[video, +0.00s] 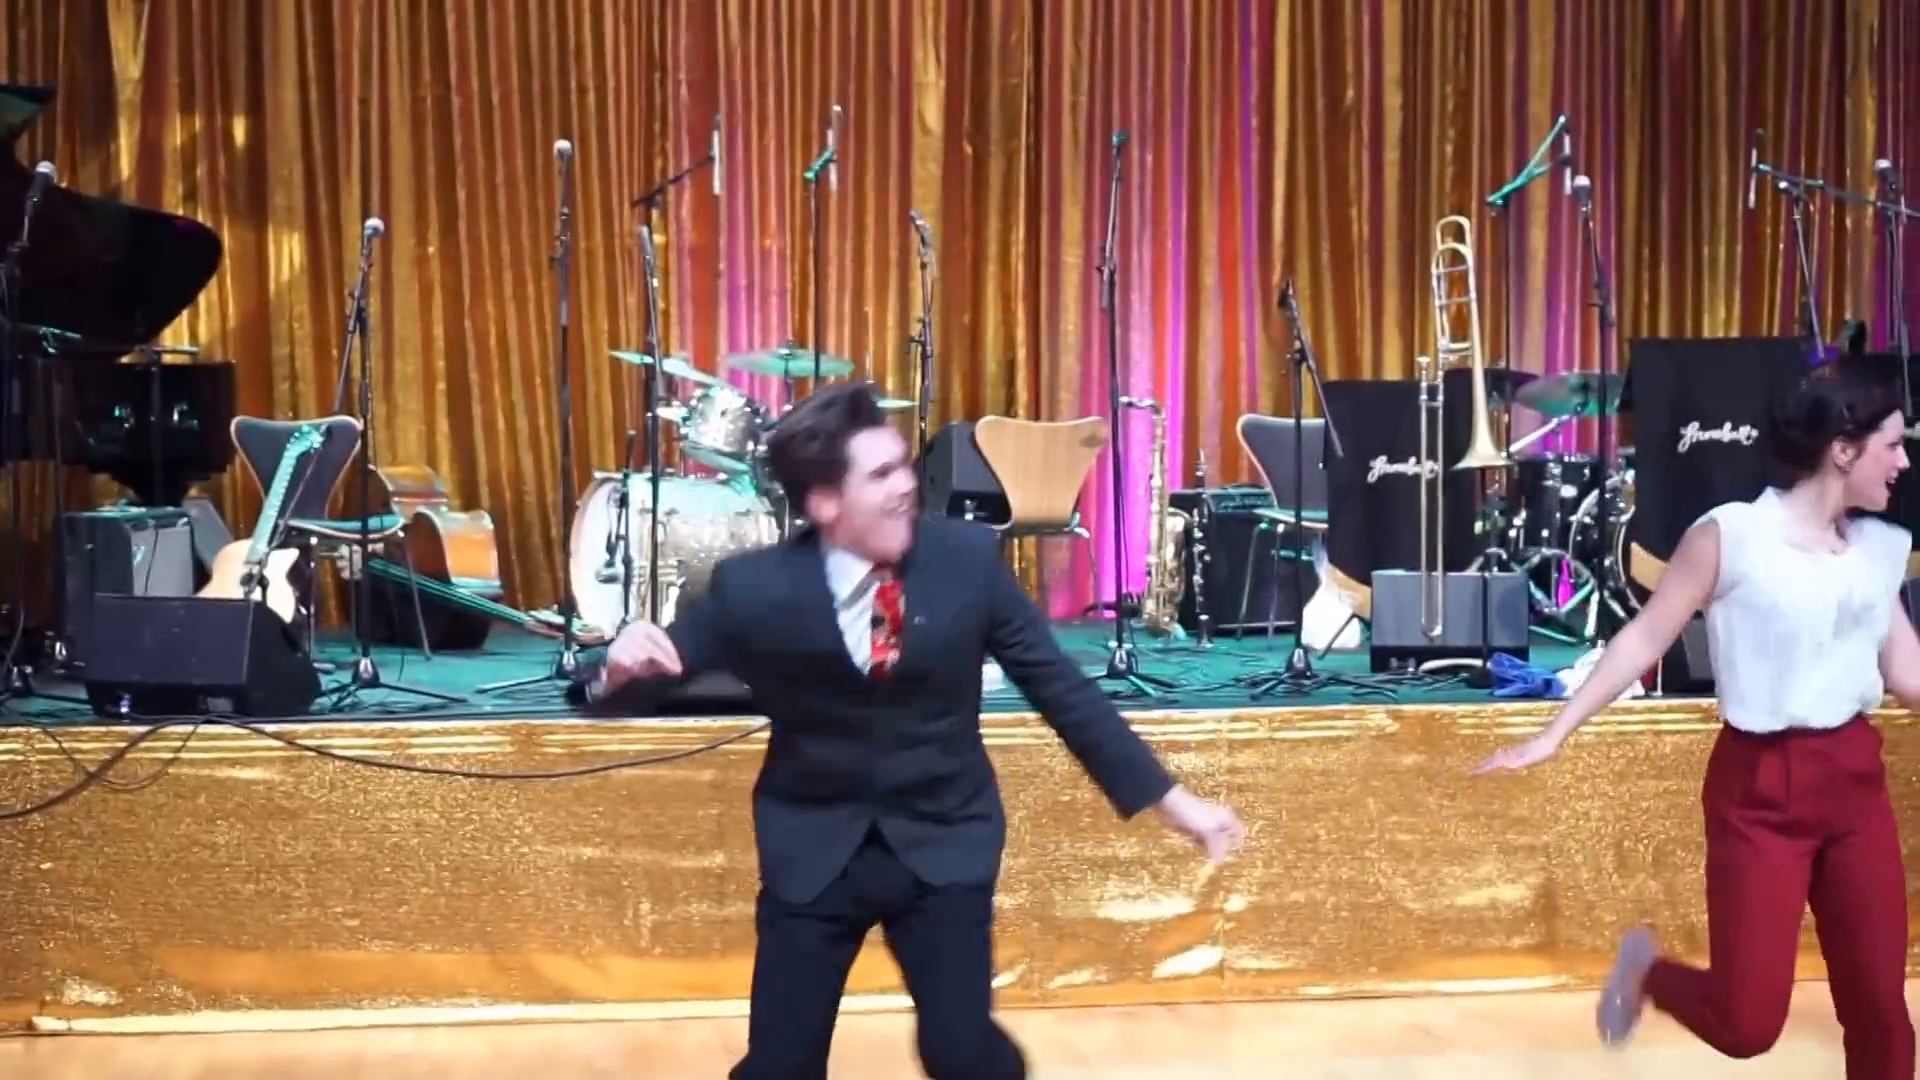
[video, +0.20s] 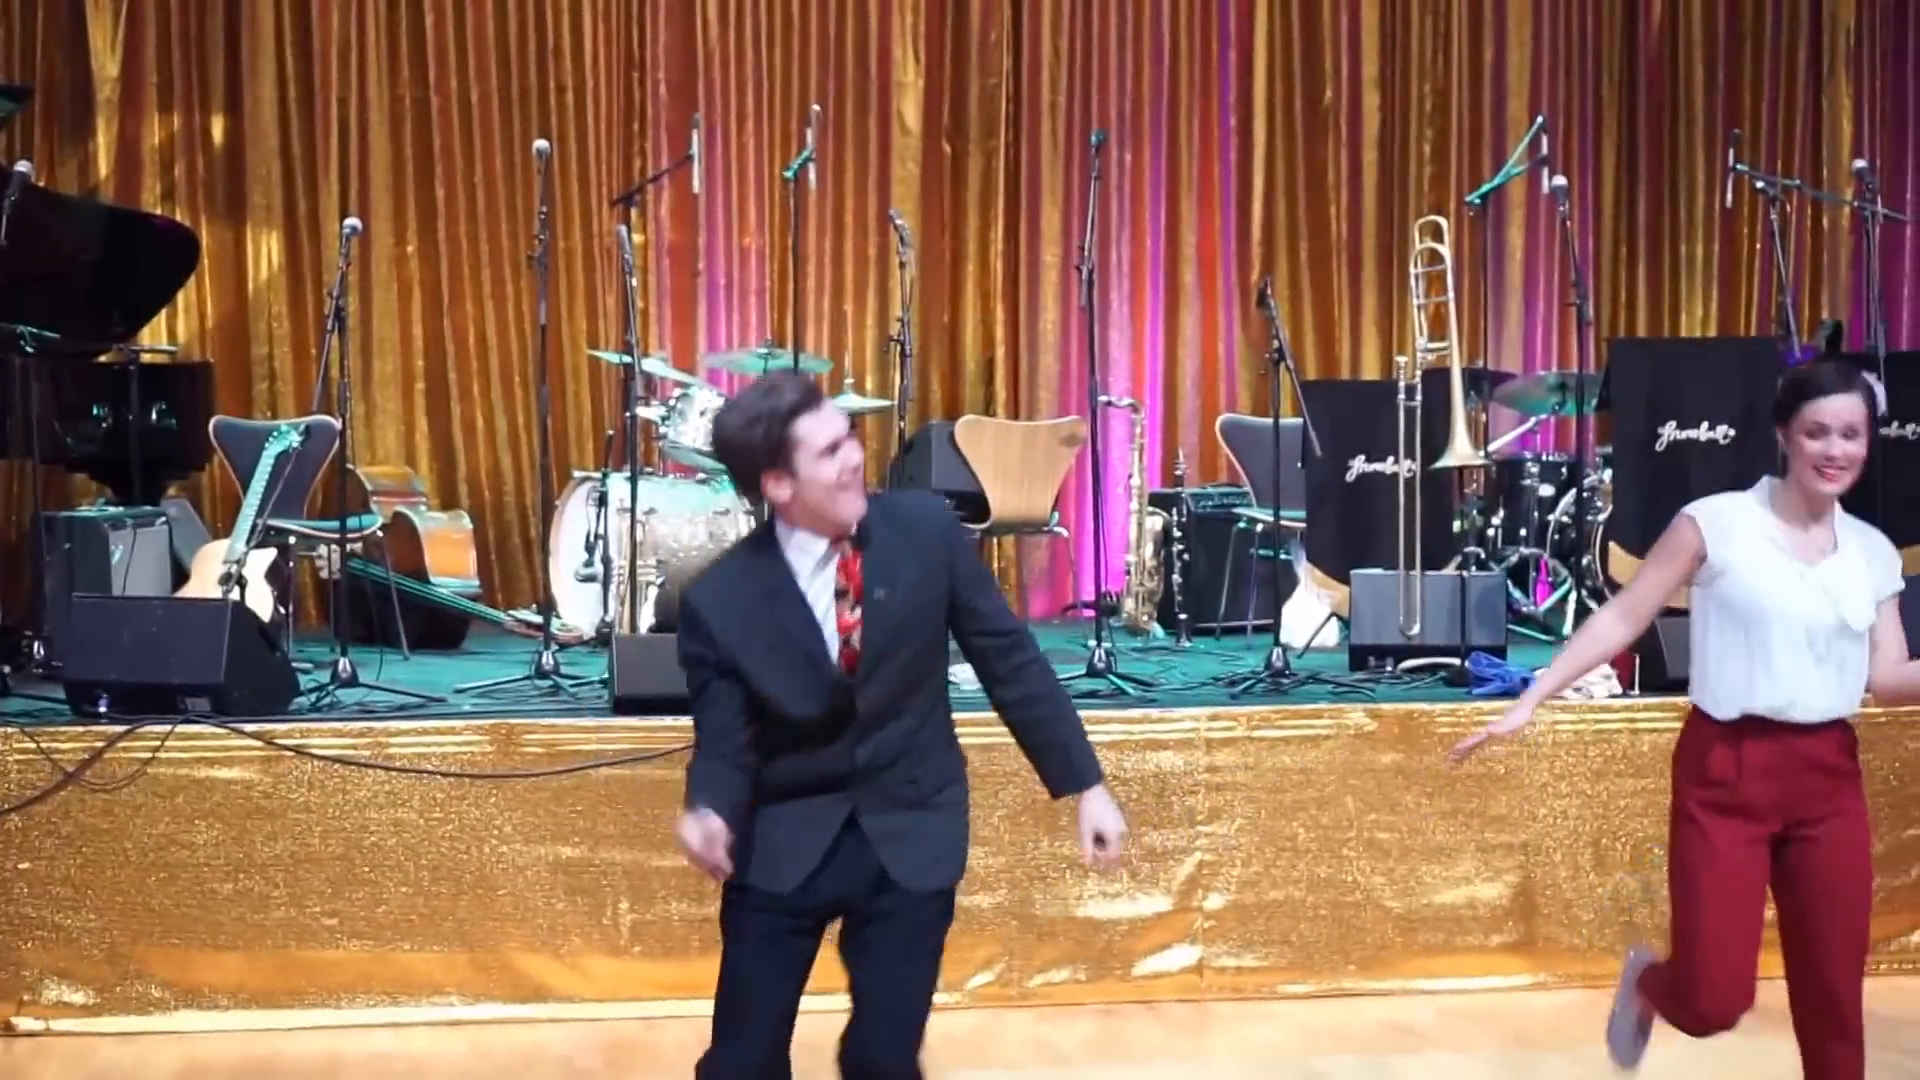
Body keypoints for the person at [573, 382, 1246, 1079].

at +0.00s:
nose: (908, 488)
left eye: (907, 467)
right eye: (884, 475)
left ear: (913, 473)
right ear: (821, 503)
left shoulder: (968, 563)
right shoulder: (751, 591)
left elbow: (1062, 687)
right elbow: (614, 698)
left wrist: (1166, 798)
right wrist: (622, 666)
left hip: (947, 834)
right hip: (812, 839)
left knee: (958, 1048)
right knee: (781, 1058)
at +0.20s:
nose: (856, 460)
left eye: (850, 440)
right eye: (831, 452)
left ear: (856, 436)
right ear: (778, 486)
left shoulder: (926, 531)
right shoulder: (718, 601)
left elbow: (1009, 657)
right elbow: (721, 735)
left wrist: (1086, 784)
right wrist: (709, 809)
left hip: (914, 825)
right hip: (781, 834)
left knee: (883, 1059)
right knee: (742, 1061)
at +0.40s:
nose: (934, 358)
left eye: (929, 339)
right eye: (912, 343)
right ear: (854, 371)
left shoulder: (965, 471)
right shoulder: (763, 491)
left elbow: (1031, 608)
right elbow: (746, 668)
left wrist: (1076, 701)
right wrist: (771, 822)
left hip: (938, 802)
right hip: (812, 806)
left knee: (972, 1053)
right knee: (746, 1055)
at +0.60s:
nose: (1009, 371)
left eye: (1003, 353)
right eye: (990, 354)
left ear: (951, 380)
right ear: (935, 380)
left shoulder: (1034, 488)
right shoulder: (863, 480)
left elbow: (1096, 621)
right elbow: (765, 622)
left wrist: (1175, 703)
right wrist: (836, 755)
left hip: (1004, 825)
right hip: (890, 820)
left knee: (1049, 1057)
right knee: (787, 1051)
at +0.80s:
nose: (1088, 451)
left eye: (1083, 429)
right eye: (1069, 434)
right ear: (1008, 460)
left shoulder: (1124, 549)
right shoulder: (945, 600)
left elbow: (1146, 717)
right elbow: (989, 742)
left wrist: (1157, 857)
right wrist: (1041, 812)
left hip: (1120, 863)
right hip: (1016, 874)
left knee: (1137, 1065)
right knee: (1072, 1061)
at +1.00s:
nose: (1322, 571)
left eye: (1320, 553)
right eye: (1315, 553)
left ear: (1264, 563)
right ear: (1271, 561)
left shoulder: (1216, 645)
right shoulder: (1139, 654)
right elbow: (1134, 843)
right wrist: (1260, 946)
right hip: (1097, 917)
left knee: (1173, 1069)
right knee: (1314, 1029)